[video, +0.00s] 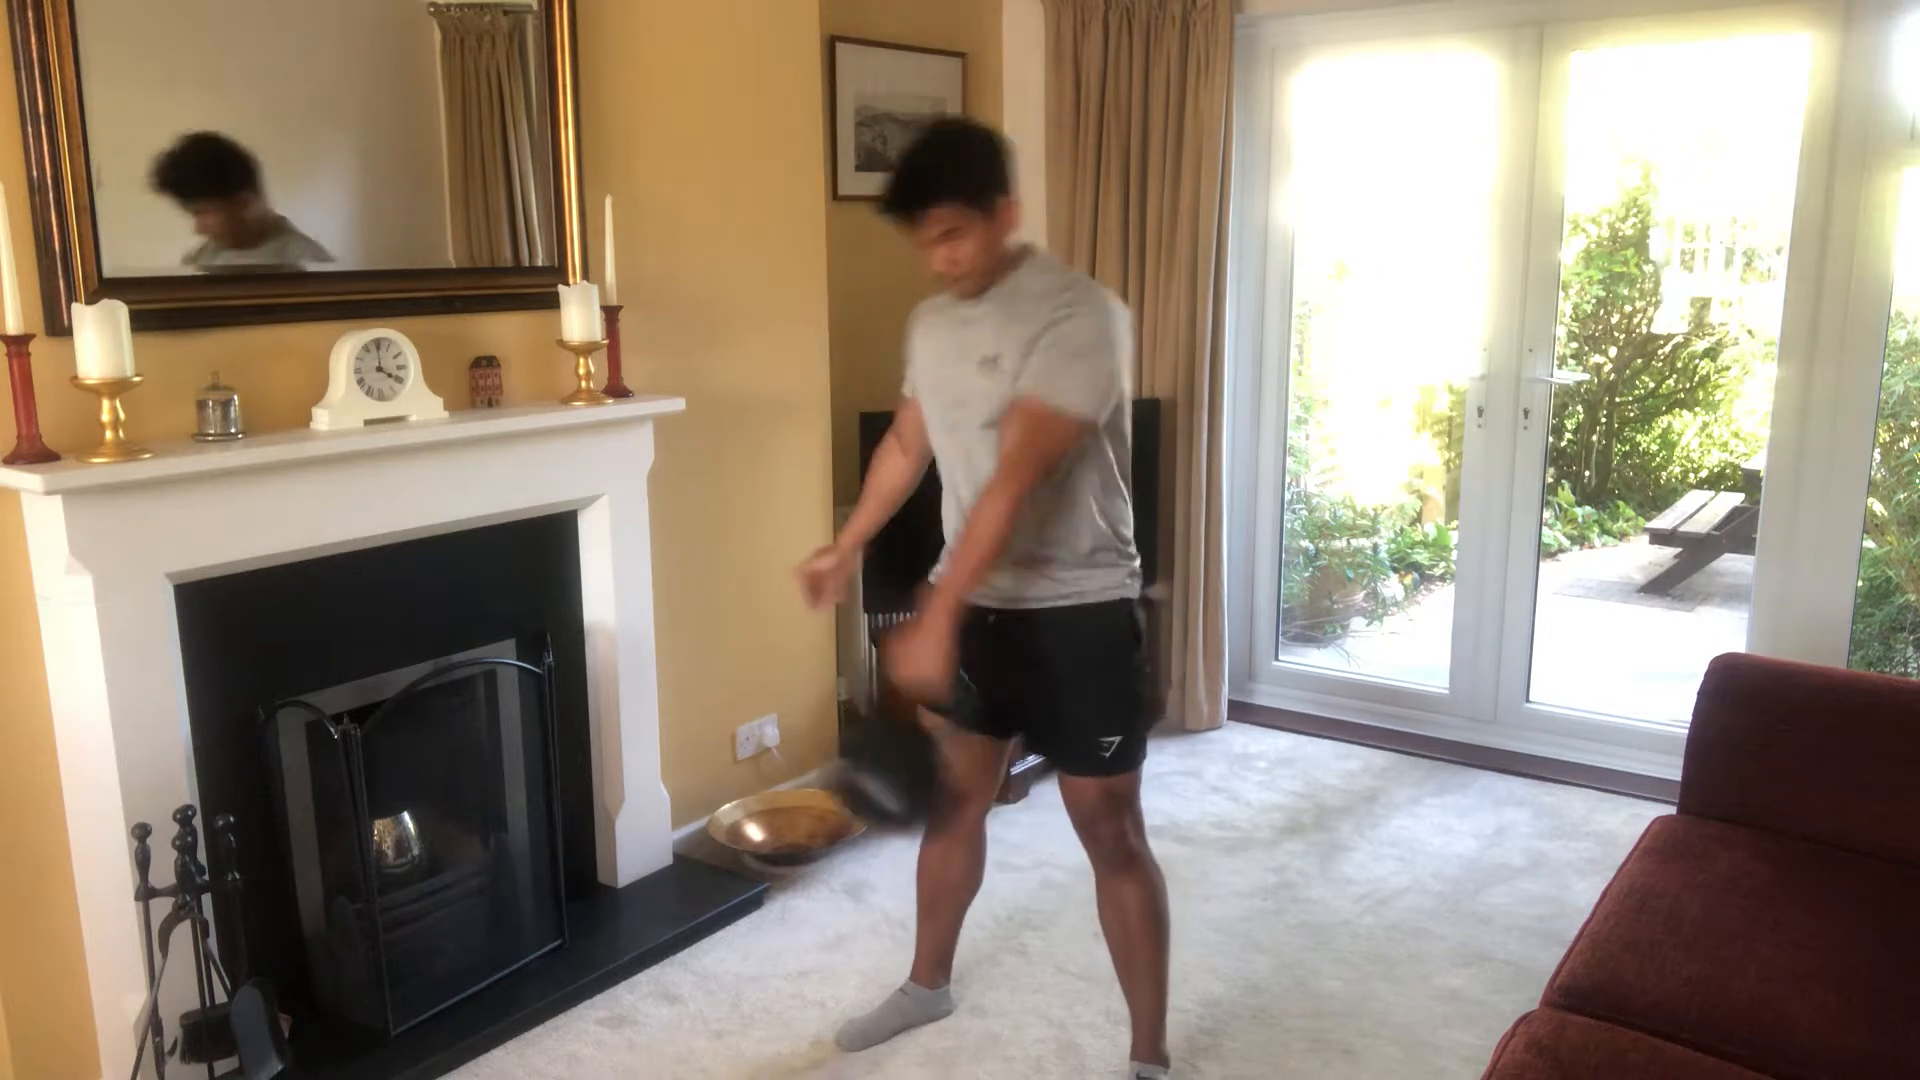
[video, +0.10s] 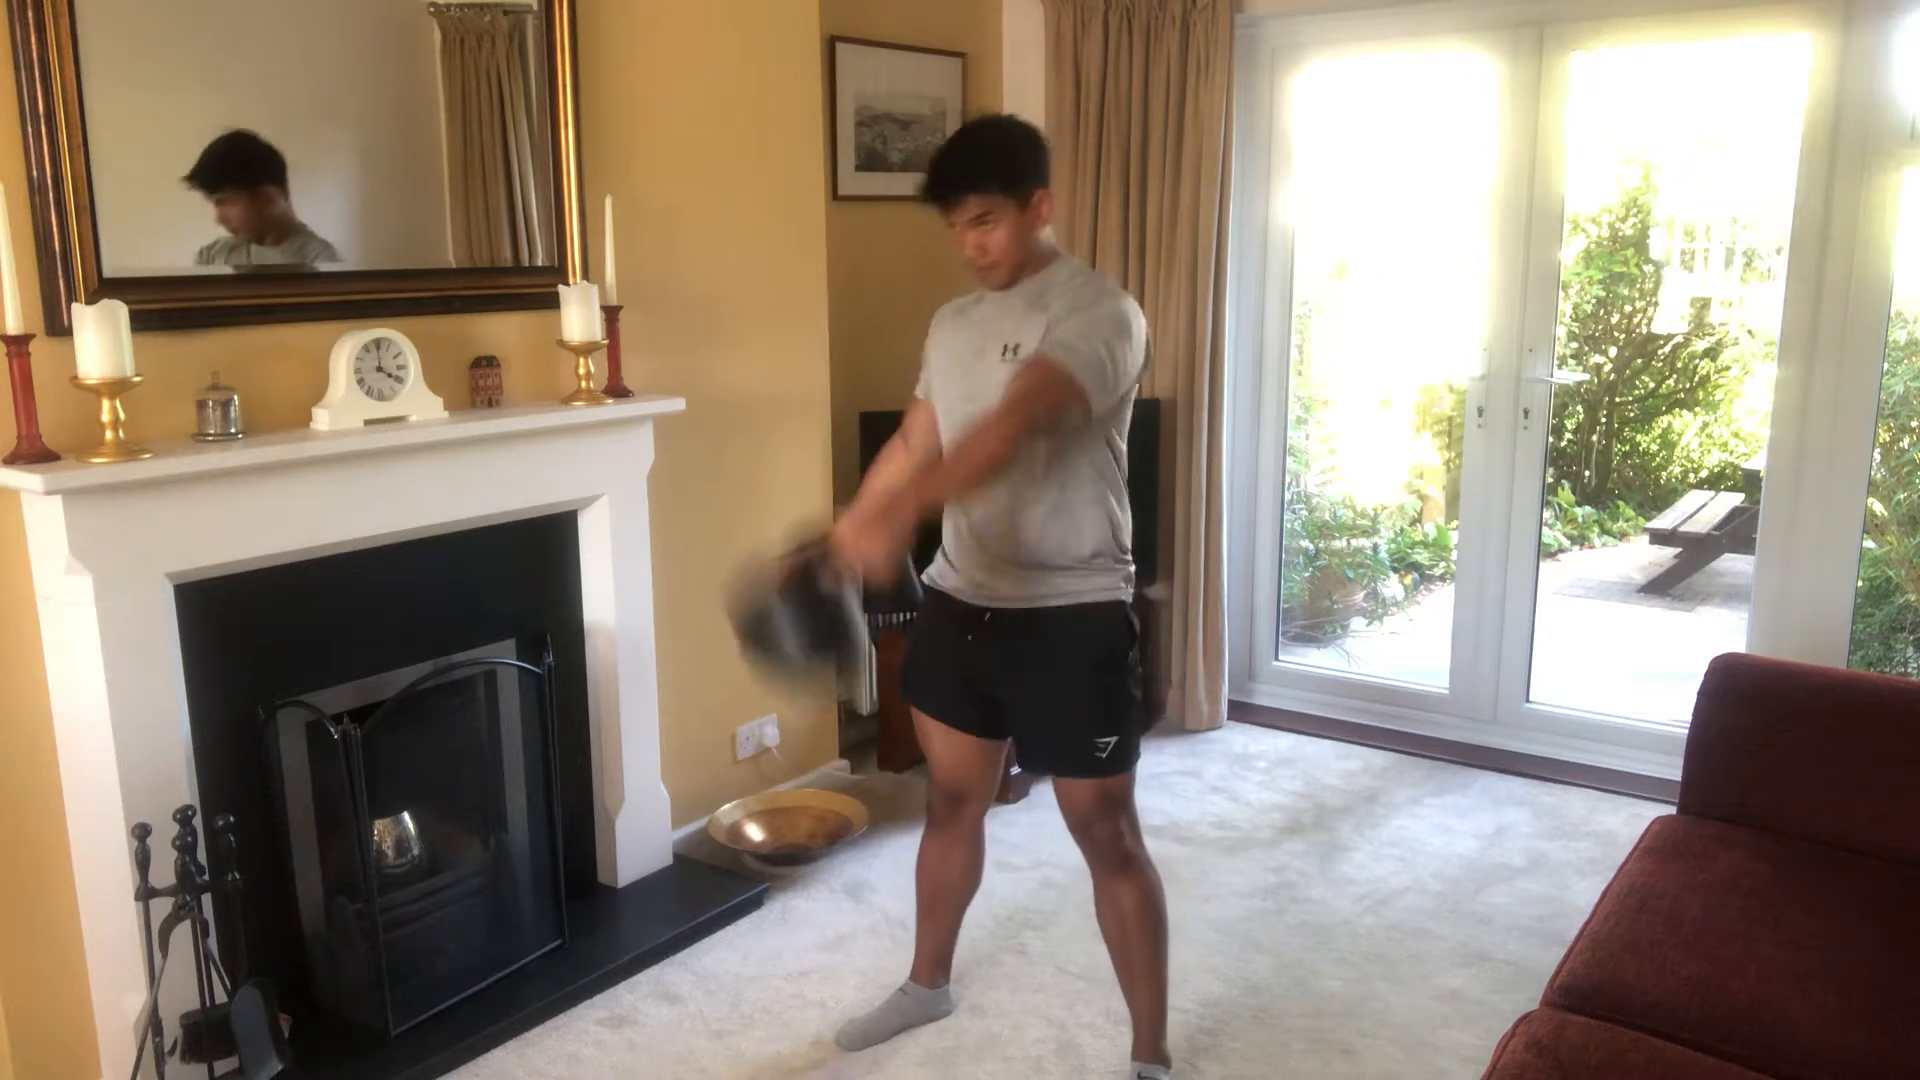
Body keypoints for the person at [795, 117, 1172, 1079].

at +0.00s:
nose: (939, 257)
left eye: (954, 233)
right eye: (924, 241)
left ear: (1006, 214)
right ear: (912, 238)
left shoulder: (1083, 314)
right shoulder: (933, 321)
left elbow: (1017, 477)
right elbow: (909, 441)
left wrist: (938, 613)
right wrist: (850, 544)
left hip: (1082, 613)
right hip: (972, 608)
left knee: (1110, 832)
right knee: (950, 805)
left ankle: (1149, 1056)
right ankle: (928, 985)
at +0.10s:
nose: (971, 243)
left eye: (988, 220)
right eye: (957, 224)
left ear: (1041, 206)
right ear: (945, 222)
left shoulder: (1102, 310)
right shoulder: (952, 321)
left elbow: (1018, 419)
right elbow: (910, 446)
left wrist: (903, 508)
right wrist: (852, 534)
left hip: (1077, 614)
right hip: (962, 604)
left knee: (1105, 833)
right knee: (950, 804)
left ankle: (1150, 1053)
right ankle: (927, 984)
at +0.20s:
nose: (980, 231)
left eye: (998, 208)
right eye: (968, 212)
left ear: (1052, 200)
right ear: (960, 212)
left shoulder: (1108, 306)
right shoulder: (959, 320)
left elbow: (1017, 370)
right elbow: (922, 449)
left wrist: (890, 399)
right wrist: (843, 545)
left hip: (1071, 615)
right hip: (957, 606)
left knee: (1103, 836)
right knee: (951, 806)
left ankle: (1149, 1056)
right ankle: (927, 985)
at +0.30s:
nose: (982, 224)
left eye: (1001, 201)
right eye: (970, 206)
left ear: (1057, 197)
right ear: (964, 207)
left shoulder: (1110, 303)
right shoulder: (967, 320)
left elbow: (1014, 330)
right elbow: (932, 448)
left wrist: (867, 327)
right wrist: (862, 554)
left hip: (1070, 617)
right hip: (955, 607)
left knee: (1103, 836)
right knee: (951, 806)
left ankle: (1149, 1054)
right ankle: (928, 983)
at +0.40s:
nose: (984, 225)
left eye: (1004, 202)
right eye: (973, 206)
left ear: (1059, 196)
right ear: (964, 206)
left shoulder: (1112, 304)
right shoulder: (960, 317)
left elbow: (1015, 320)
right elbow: (940, 450)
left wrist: (869, 309)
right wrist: (884, 565)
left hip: (1069, 617)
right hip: (955, 606)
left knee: (1103, 837)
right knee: (951, 806)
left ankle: (1148, 1053)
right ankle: (928, 984)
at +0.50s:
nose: (986, 229)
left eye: (1005, 206)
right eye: (974, 210)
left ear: (1060, 199)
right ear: (967, 209)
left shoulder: (1110, 305)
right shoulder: (968, 320)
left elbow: (1007, 336)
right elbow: (945, 450)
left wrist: (850, 337)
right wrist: (895, 566)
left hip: (1071, 617)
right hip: (956, 606)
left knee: (1104, 837)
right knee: (951, 806)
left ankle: (1148, 1053)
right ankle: (928, 984)